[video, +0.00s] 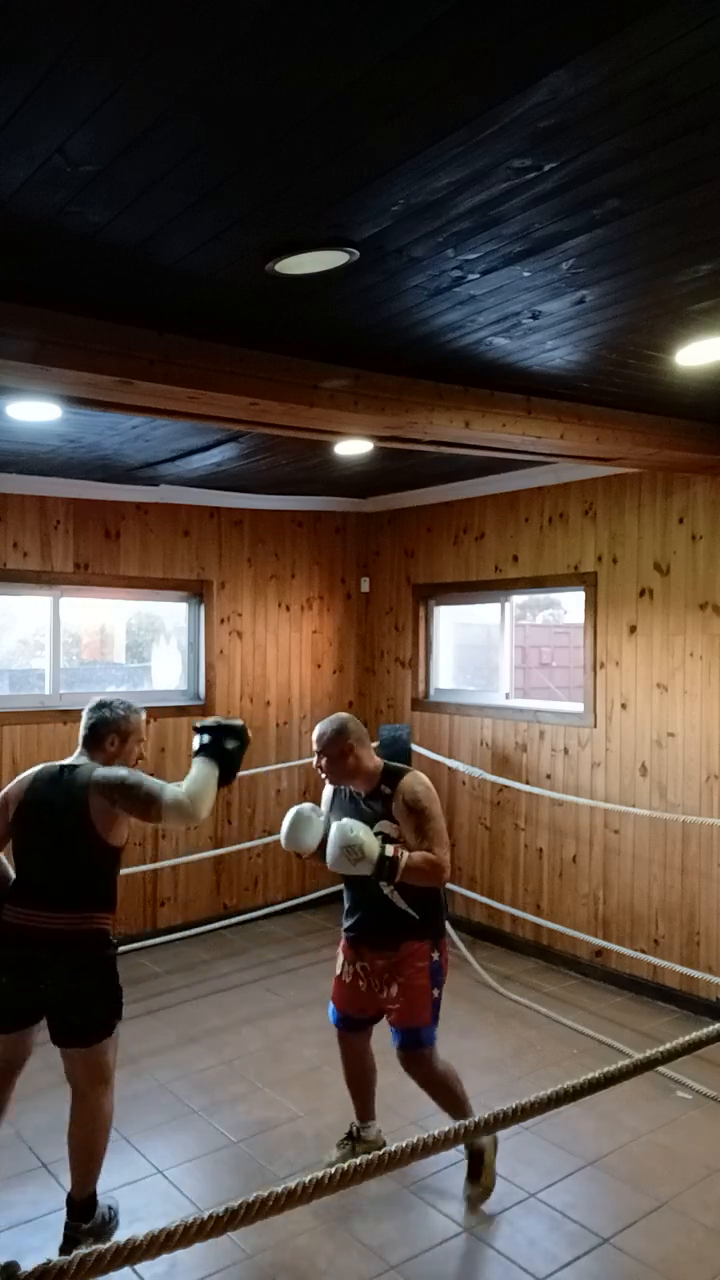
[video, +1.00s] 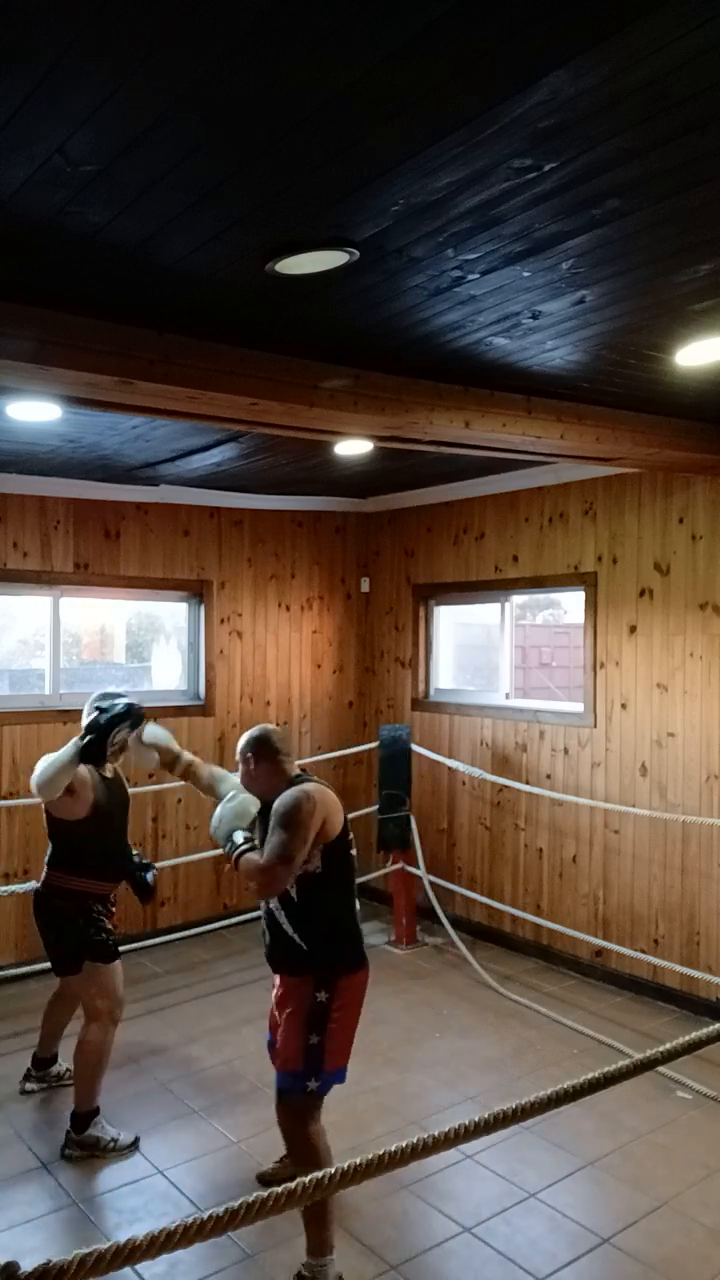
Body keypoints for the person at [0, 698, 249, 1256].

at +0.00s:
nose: (140, 752)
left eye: (141, 743)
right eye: (137, 742)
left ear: (87, 736)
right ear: (114, 741)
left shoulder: (28, 782)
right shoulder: (115, 783)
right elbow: (190, 806)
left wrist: (18, 888)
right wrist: (212, 755)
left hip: (15, 947)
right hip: (81, 955)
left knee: (5, 1068)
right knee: (91, 1083)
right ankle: (81, 1217)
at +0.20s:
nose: (120, 755)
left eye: (120, 745)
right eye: (114, 745)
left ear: (70, 744)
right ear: (85, 745)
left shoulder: (18, 783)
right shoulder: (74, 786)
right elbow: (130, 811)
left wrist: (166, 773)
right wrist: (166, 759)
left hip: (10, 949)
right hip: (61, 955)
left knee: (5, 1051)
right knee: (103, 1058)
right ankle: (76, 1195)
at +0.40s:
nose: (122, 742)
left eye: (124, 732)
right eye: (115, 733)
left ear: (77, 733)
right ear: (84, 731)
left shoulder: (39, 765)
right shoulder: (67, 769)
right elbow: (100, 799)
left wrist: (151, 765)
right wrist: (149, 753)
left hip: (19, 921)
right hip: (59, 927)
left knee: (10, 1031)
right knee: (104, 1021)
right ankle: (83, 1140)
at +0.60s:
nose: (142, 752)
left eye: (144, 742)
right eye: (136, 741)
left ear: (102, 739)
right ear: (106, 737)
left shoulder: (70, 763)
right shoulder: (81, 771)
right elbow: (111, 803)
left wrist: (160, 758)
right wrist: (155, 755)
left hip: (38, 911)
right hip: (71, 922)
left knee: (43, 1012)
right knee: (105, 1020)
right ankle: (84, 1131)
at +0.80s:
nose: (149, 747)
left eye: (152, 738)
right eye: (142, 737)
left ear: (121, 733)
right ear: (114, 731)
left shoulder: (107, 758)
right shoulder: (87, 763)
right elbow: (108, 796)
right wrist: (152, 753)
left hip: (67, 899)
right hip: (72, 907)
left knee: (64, 987)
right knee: (103, 1013)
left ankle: (20, 1070)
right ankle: (83, 1128)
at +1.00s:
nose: (128, 743)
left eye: (131, 734)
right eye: (124, 733)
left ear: (122, 736)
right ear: (102, 731)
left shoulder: (112, 778)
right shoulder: (72, 774)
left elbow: (110, 837)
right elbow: (42, 787)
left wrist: (135, 868)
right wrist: (85, 740)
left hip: (90, 900)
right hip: (69, 902)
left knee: (72, 986)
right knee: (104, 1012)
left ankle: (43, 1065)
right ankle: (84, 1127)